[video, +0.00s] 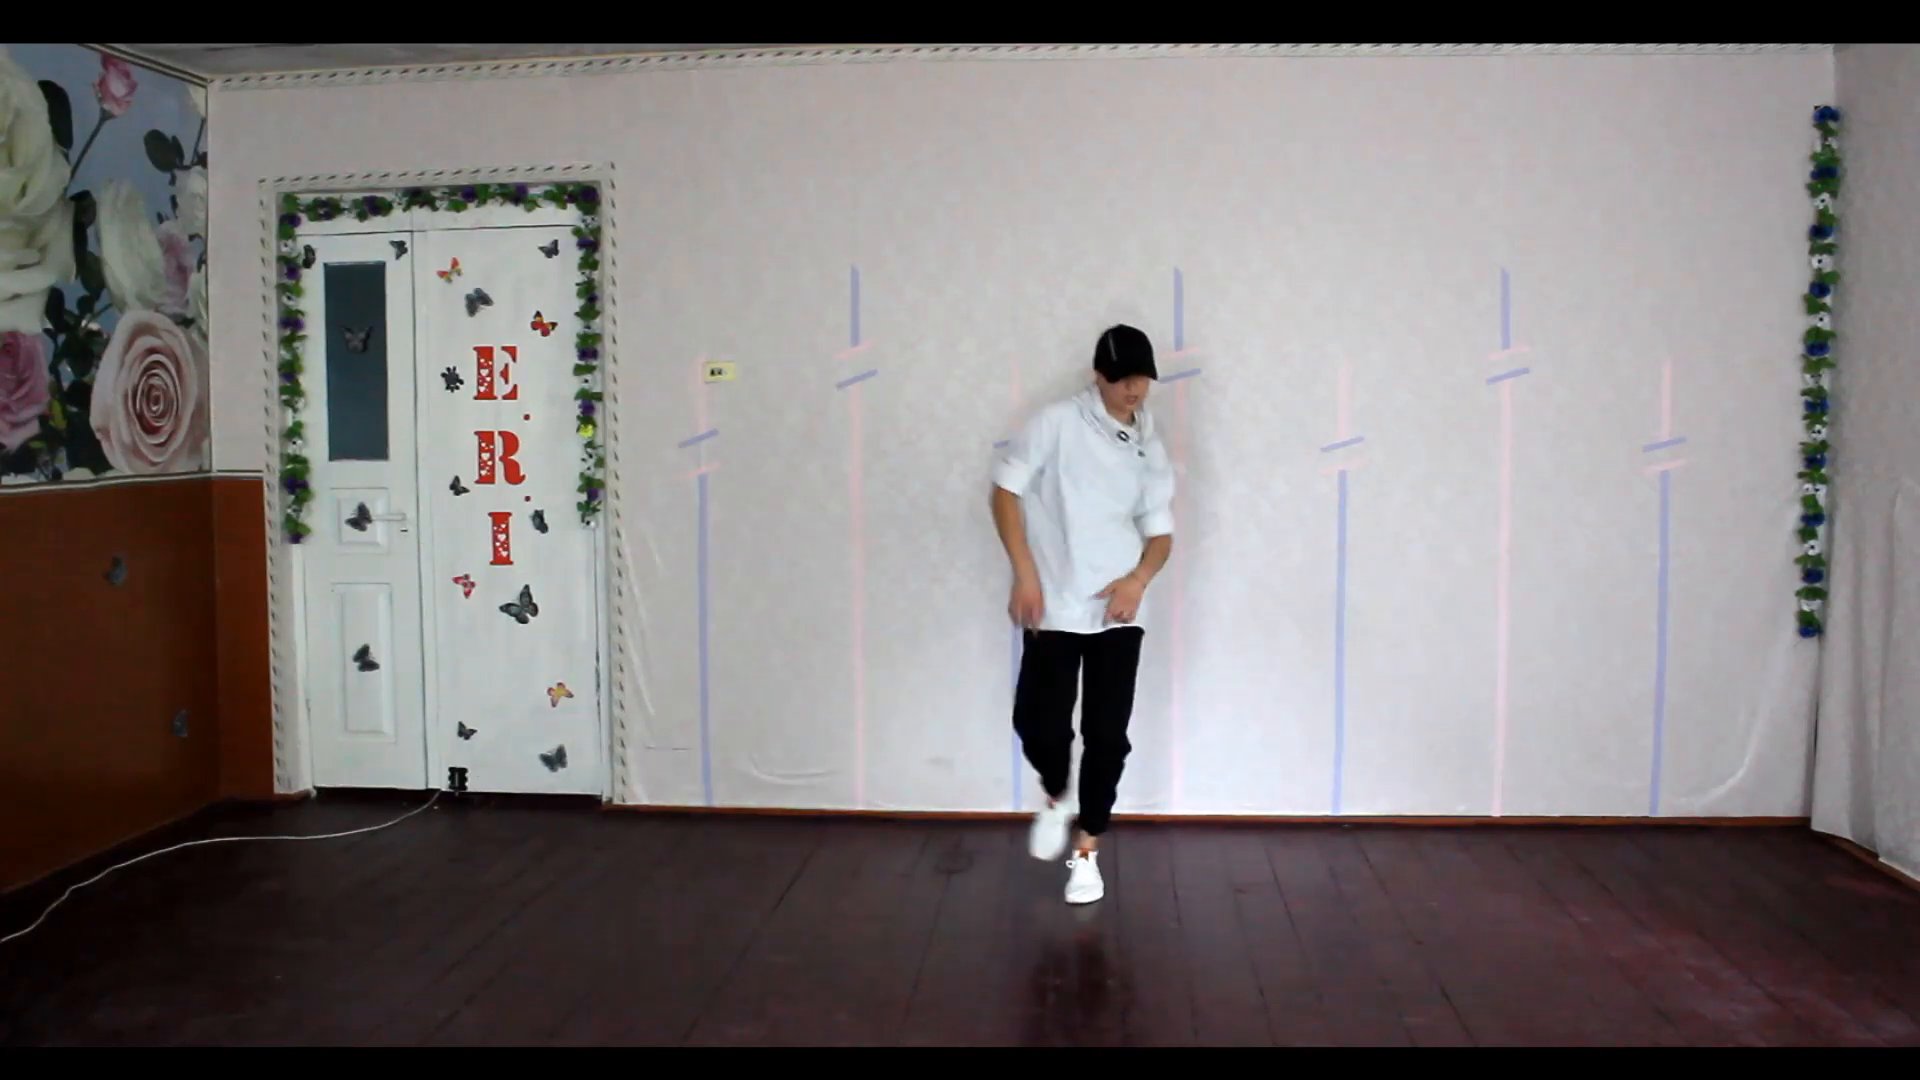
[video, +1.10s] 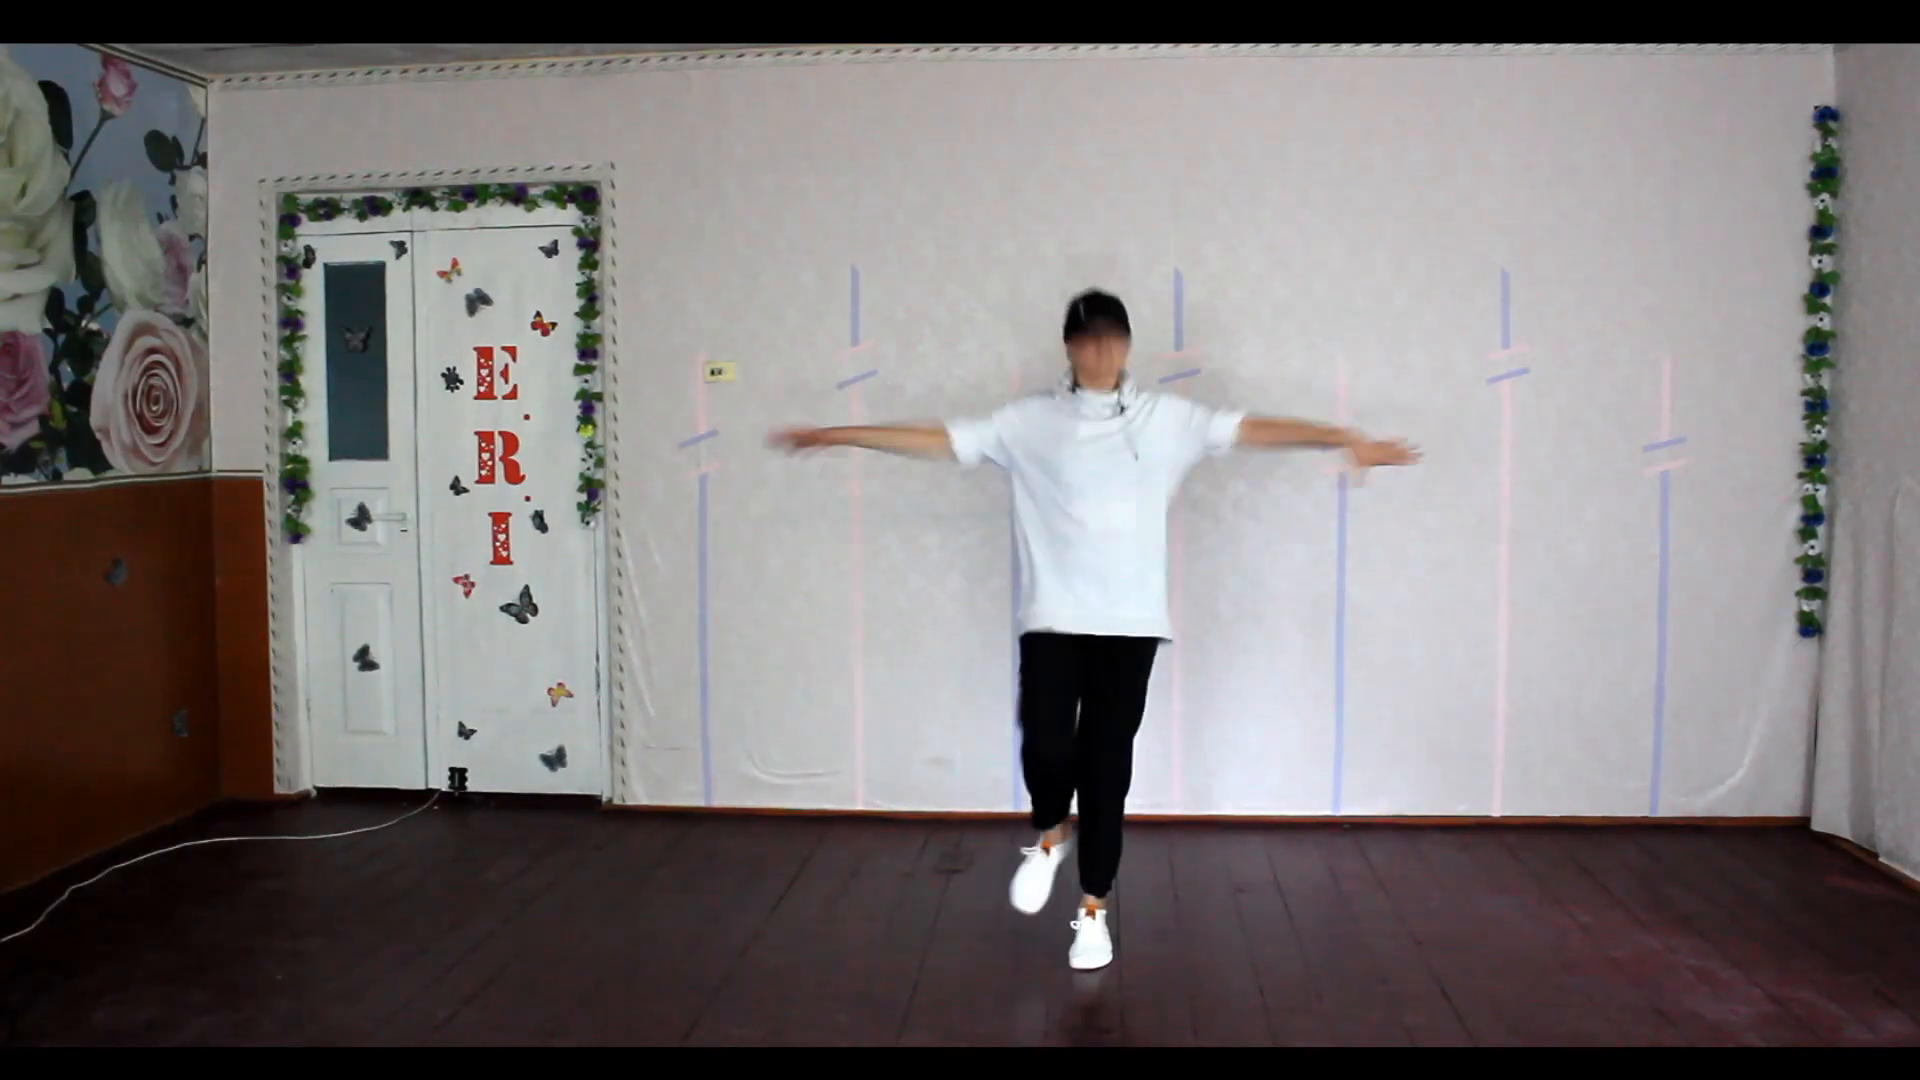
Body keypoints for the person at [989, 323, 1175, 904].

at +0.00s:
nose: (1134, 394)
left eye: (1142, 383)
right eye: (1124, 384)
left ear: (1151, 381)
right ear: (1099, 377)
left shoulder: (1148, 448)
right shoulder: (1056, 423)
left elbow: (1160, 535)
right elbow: (1005, 490)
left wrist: (1138, 580)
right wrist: (1024, 576)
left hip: (1116, 617)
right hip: (1054, 611)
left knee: (1106, 734)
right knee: (1036, 720)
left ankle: (1088, 849)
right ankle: (1059, 798)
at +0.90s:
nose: (1099, 375)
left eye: (1110, 364)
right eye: (1088, 363)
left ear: (1124, 367)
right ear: (1068, 362)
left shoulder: (1149, 431)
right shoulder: (1033, 431)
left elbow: (1207, 497)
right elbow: (981, 507)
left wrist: (1136, 524)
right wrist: (1080, 506)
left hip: (1122, 615)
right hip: (1052, 621)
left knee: (1106, 748)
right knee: (1074, 755)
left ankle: (1107, 894)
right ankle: (1093, 880)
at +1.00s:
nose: (1105, 394)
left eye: (1116, 384)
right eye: (1094, 383)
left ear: (1132, 379)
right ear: (1073, 375)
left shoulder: (1153, 430)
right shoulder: (1034, 426)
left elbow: (1233, 459)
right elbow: (954, 456)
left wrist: (1160, 494)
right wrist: (1038, 478)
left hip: (1125, 637)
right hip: (1048, 636)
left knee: (1107, 771)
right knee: (1056, 770)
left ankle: (1096, 906)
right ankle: (1079, 868)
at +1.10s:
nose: (1100, 357)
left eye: (1110, 345)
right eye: (1088, 345)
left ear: (1127, 350)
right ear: (1068, 350)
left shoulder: (1167, 419)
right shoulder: (1031, 420)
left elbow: (1254, 430)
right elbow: (942, 439)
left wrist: (1346, 440)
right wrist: (844, 435)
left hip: (1129, 623)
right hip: (1051, 619)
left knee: (1105, 769)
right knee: (1042, 754)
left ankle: (1095, 908)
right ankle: (1053, 837)